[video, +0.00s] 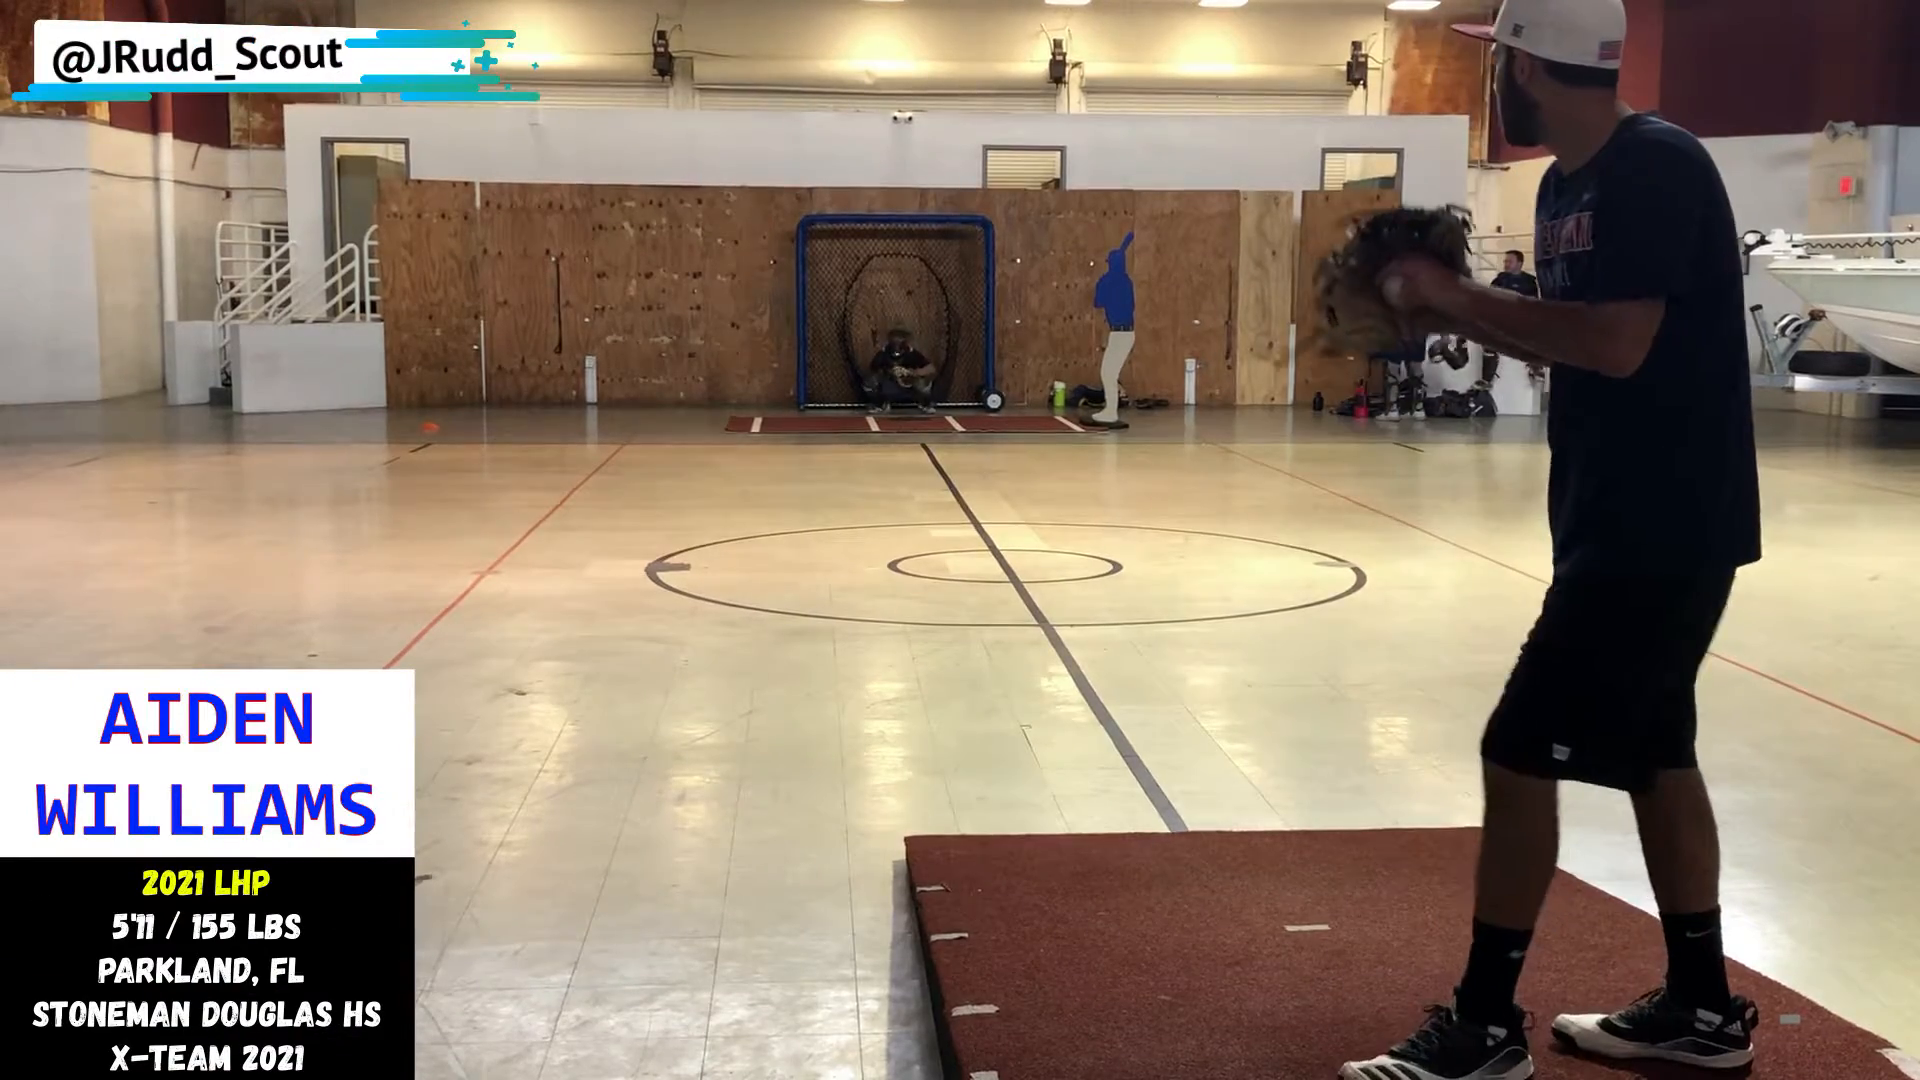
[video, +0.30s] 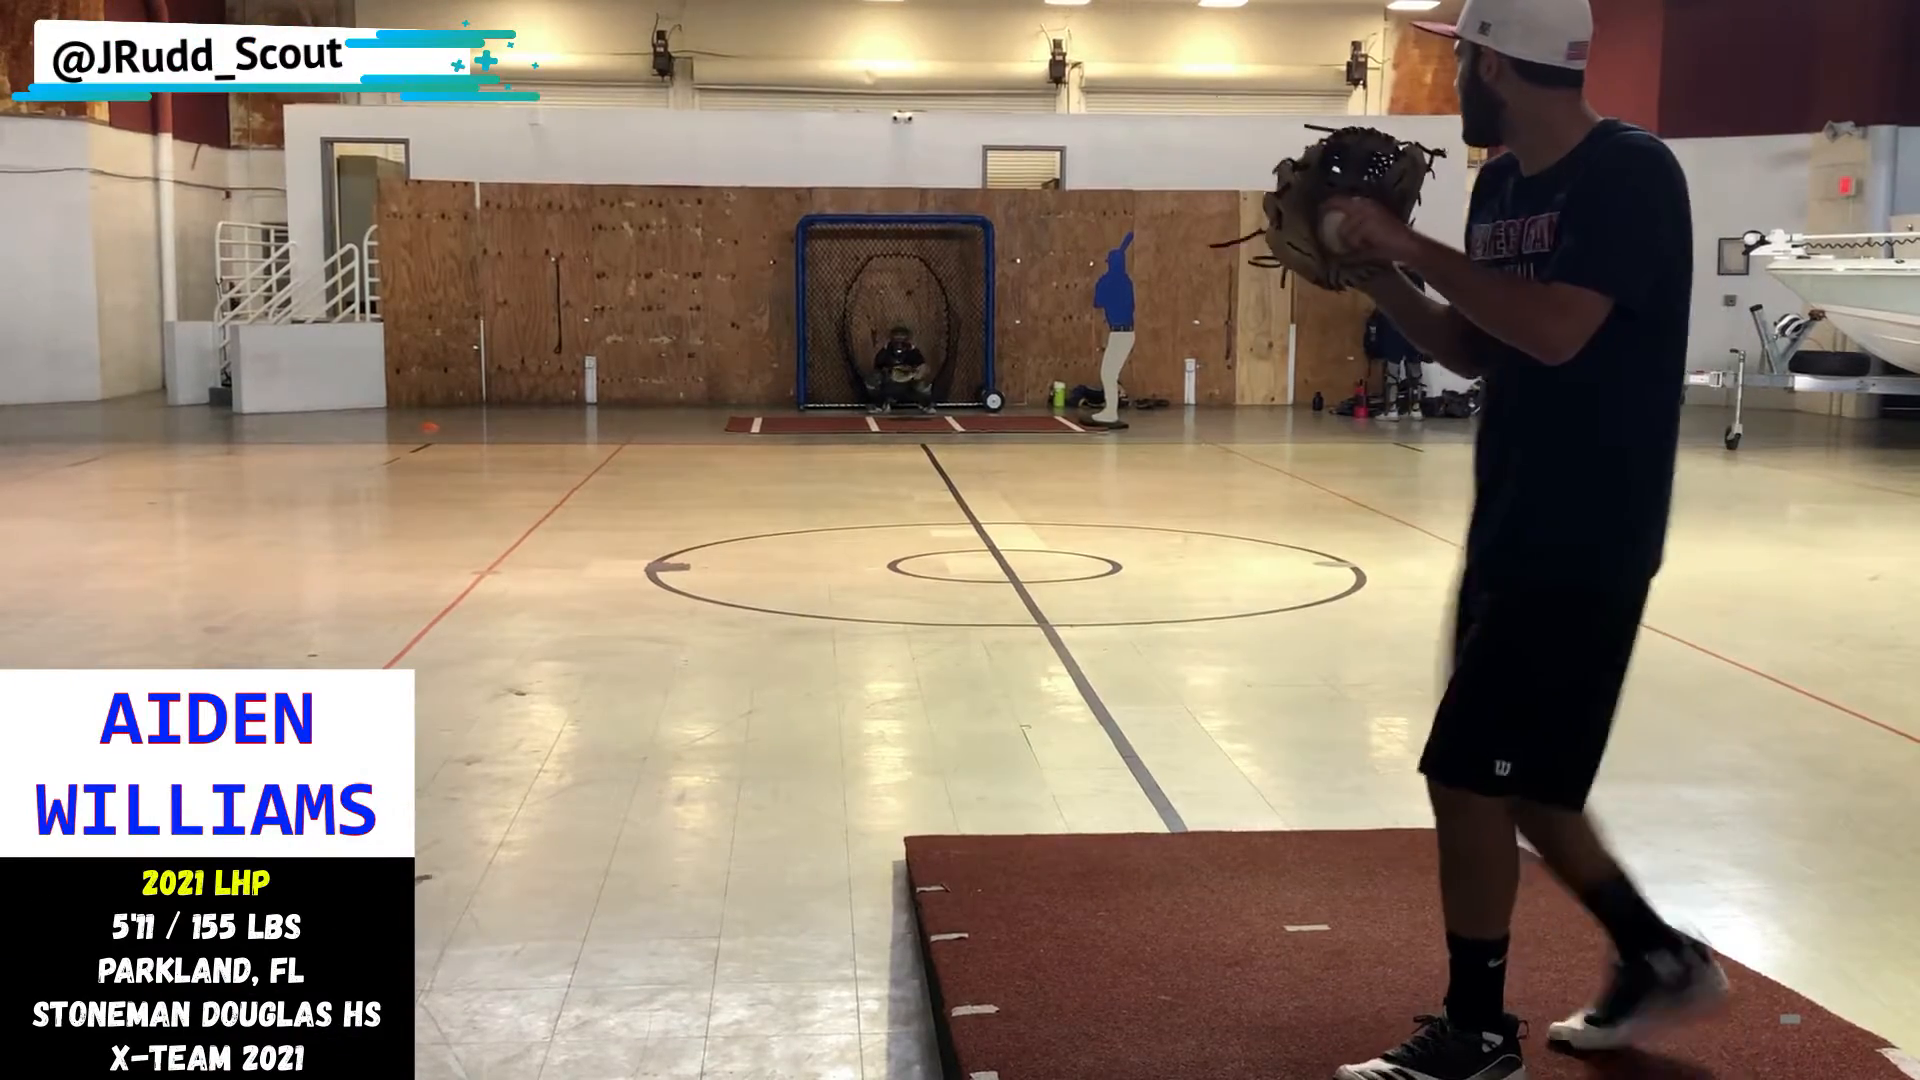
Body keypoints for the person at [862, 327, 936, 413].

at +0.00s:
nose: (896, 347)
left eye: (900, 343)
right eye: (894, 343)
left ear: (906, 342)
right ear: (889, 342)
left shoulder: (913, 354)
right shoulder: (882, 355)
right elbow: (873, 372)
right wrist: (891, 373)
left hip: (910, 389)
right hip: (889, 388)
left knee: (921, 382)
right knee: (872, 381)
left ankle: (925, 404)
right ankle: (881, 404)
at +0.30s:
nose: (899, 344)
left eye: (903, 341)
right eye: (896, 341)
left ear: (908, 340)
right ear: (891, 340)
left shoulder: (913, 352)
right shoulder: (884, 352)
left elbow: (923, 367)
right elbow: (878, 370)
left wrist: (917, 375)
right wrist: (890, 374)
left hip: (909, 380)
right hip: (890, 381)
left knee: (921, 387)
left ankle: (926, 405)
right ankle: (883, 405)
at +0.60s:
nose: (900, 344)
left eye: (903, 340)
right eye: (896, 341)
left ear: (907, 340)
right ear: (891, 340)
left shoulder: (914, 353)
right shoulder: (884, 353)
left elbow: (925, 370)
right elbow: (877, 371)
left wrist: (919, 380)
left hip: (911, 384)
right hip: (891, 385)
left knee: (922, 387)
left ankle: (925, 405)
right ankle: (880, 405)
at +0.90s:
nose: (898, 343)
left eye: (901, 341)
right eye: (895, 340)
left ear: (906, 341)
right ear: (891, 340)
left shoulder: (912, 353)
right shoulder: (882, 353)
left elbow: (923, 371)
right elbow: (875, 371)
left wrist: (918, 383)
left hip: (909, 382)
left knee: (922, 387)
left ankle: (925, 405)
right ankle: (881, 405)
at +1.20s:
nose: (898, 343)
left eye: (902, 340)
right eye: (895, 340)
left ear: (907, 340)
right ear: (891, 339)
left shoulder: (912, 354)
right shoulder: (883, 353)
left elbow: (923, 373)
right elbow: (876, 372)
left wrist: (918, 385)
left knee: (924, 387)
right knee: (872, 382)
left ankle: (925, 405)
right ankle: (882, 405)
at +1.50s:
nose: (899, 342)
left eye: (903, 339)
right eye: (896, 338)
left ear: (908, 340)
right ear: (891, 339)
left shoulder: (914, 354)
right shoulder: (883, 354)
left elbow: (925, 373)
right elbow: (876, 373)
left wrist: (920, 387)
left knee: (925, 388)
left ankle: (925, 406)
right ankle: (882, 405)